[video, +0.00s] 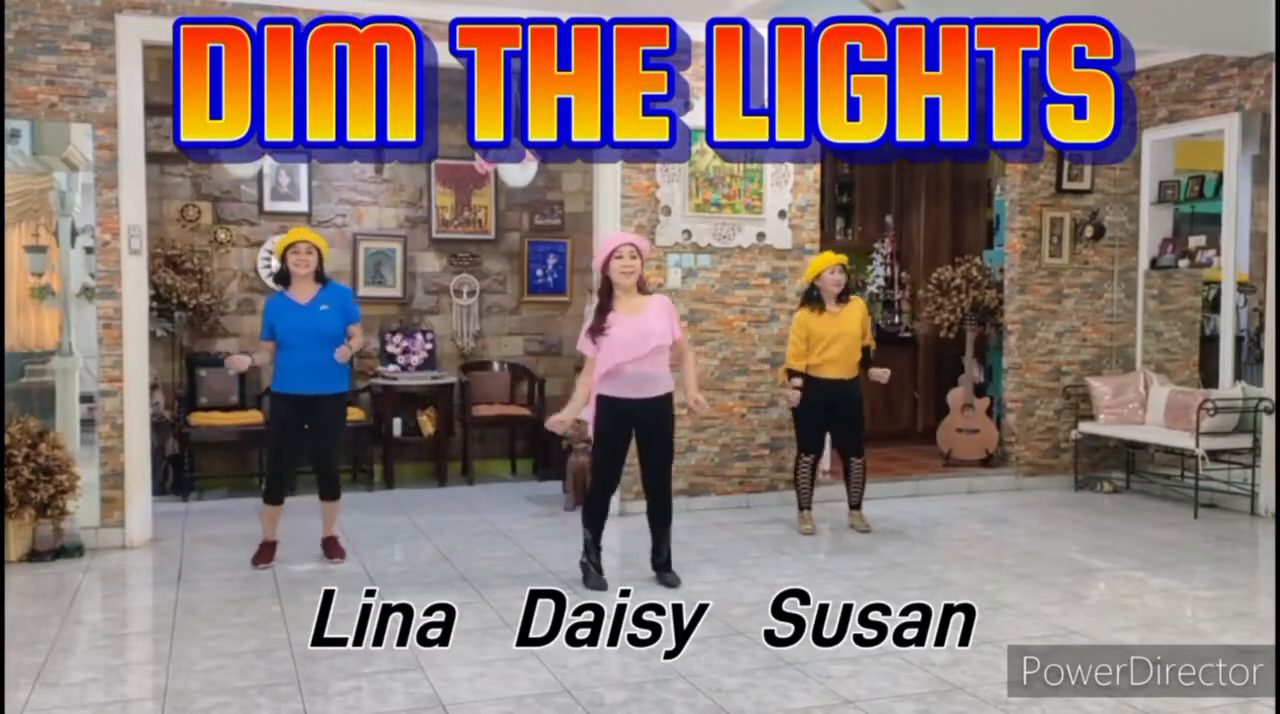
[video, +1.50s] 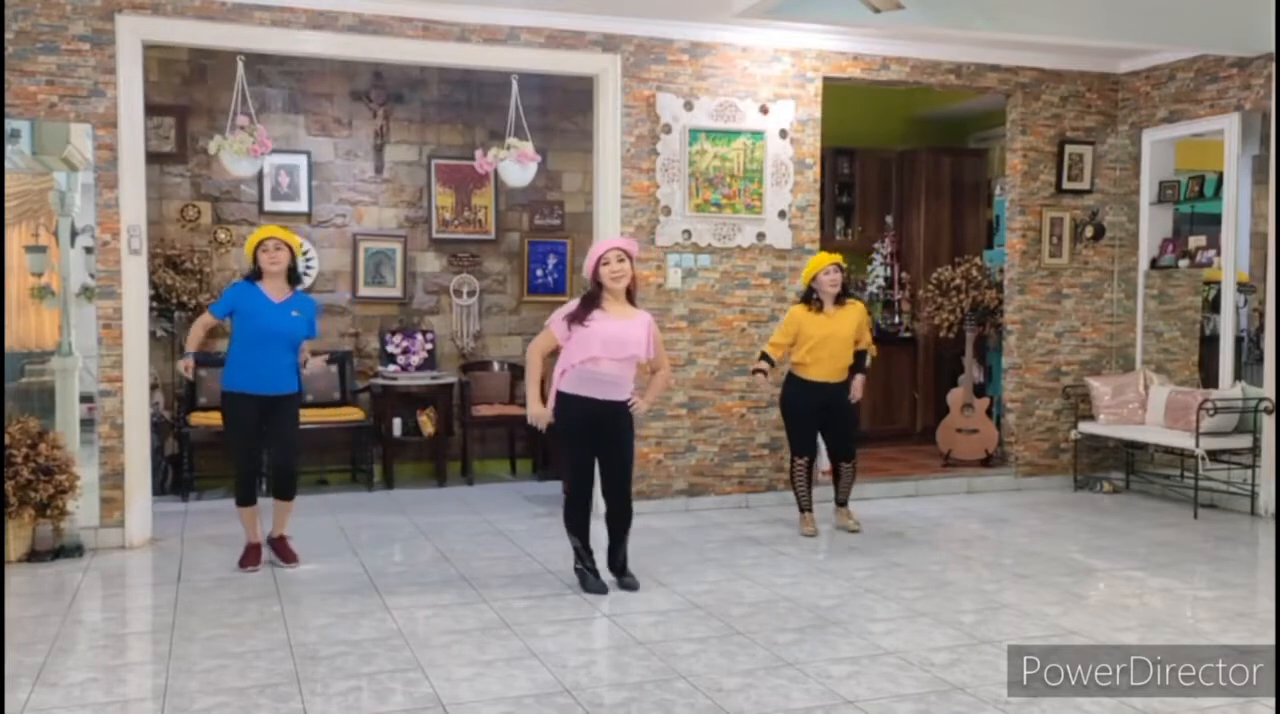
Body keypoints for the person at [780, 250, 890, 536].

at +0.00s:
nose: (838, 277)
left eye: (841, 272)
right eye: (831, 272)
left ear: (846, 277)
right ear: (817, 280)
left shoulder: (857, 307)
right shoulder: (805, 315)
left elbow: (866, 341)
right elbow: (796, 354)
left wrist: (870, 367)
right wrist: (796, 385)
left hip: (847, 387)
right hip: (813, 387)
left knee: (854, 450)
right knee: (809, 451)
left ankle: (855, 510)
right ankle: (805, 511)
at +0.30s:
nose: (856, 278)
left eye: (859, 272)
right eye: (848, 273)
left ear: (864, 277)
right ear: (835, 282)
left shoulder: (875, 311)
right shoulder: (824, 313)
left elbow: (878, 350)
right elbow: (813, 353)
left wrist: (893, 368)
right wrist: (814, 385)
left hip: (863, 389)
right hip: (831, 388)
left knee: (864, 451)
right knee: (826, 452)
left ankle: (857, 511)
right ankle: (812, 510)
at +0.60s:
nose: (863, 277)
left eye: (867, 272)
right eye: (856, 273)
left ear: (872, 277)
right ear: (843, 280)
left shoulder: (880, 313)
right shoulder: (829, 309)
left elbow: (882, 355)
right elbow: (816, 351)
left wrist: (898, 373)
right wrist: (825, 378)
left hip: (867, 388)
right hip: (834, 387)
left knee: (864, 451)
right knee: (835, 451)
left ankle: (857, 510)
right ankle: (832, 510)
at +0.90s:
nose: (861, 277)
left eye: (866, 271)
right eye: (854, 272)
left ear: (871, 278)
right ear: (842, 281)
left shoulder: (882, 314)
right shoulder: (827, 311)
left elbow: (889, 351)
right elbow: (811, 352)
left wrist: (900, 370)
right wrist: (818, 377)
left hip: (865, 391)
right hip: (830, 391)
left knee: (864, 453)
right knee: (825, 452)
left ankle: (857, 511)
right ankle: (817, 509)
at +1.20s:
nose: (848, 276)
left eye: (852, 271)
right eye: (841, 272)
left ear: (858, 278)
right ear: (828, 280)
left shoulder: (867, 314)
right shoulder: (813, 310)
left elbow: (869, 352)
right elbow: (795, 348)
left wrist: (870, 379)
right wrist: (787, 382)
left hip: (850, 389)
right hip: (813, 387)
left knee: (853, 452)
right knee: (811, 453)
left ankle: (855, 510)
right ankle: (807, 513)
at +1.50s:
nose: (834, 277)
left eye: (837, 272)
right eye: (826, 273)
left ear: (843, 277)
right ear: (813, 281)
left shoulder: (855, 310)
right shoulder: (799, 313)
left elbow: (864, 346)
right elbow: (778, 344)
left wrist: (859, 375)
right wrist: (764, 363)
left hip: (837, 391)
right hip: (800, 390)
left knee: (845, 453)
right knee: (803, 453)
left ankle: (842, 509)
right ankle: (806, 514)